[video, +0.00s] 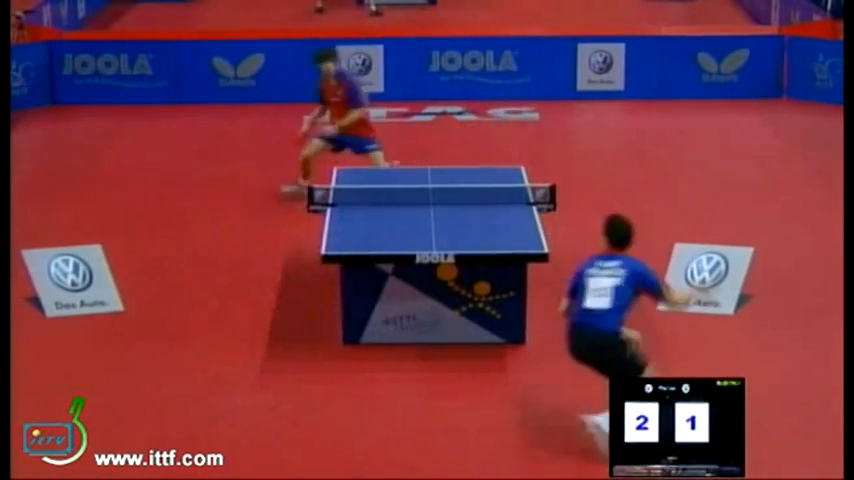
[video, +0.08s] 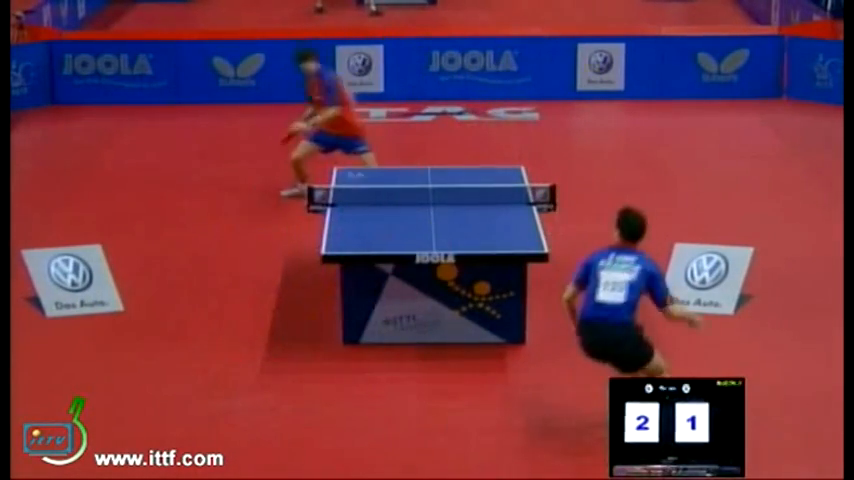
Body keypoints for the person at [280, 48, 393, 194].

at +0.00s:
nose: (327, 67)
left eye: (330, 63)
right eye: (323, 64)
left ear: (335, 64)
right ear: (319, 66)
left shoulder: (347, 82)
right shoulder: (323, 83)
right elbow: (324, 106)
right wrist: (310, 121)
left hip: (360, 133)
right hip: (337, 132)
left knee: (380, 168)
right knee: (305, 155)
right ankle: (305, 186)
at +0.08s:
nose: (307, 68)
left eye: (309, 63)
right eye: (304, 65)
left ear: (316, 62)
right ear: (301, 67)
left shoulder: (329, 79)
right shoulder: (310, 80)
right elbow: (314, 106)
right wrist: (300, 124)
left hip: (350, 132)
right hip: (327, 131)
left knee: (372, 169)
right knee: (296, 158)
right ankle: (303, 186)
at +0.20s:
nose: (274, 75)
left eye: (275, 70)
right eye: (272, 71)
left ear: (282, 67)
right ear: (272, 71)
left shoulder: (297, 80)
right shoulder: (290, 82)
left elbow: (301, 111)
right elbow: (298, 113)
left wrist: (281, 131)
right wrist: (282, 133)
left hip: (331, 132)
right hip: (311, 131)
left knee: (337, 175)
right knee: (286, 159)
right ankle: (301, 186)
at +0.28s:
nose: (257, 84)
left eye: (257, 80)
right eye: (255, 81)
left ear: (262, 75)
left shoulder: (280, 84)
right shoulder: (275, 87)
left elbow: (291, 108)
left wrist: (279, 131)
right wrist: (271, 135)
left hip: (320, 127)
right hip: (302, 128)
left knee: (311, 165)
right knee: (280, 159)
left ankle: (341, 178)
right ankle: (300, 185)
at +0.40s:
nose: (236, 91)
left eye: (235, 87)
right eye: (233, 89)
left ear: (240, 82)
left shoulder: (261, 86)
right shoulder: (254, 93)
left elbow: (289, 94)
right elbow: (272, 116)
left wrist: (302, 110)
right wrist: (251, 130)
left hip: (300, 126)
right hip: (286, 127)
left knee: (275, 157)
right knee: (269, 161)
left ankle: (300, 186)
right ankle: (292, 190)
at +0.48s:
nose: (227, 87)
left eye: (228, 82)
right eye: (224, 84)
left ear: (236, 77)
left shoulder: (259, 81)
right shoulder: (242, 93)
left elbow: (286, 94)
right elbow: (243, 119)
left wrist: (282, 106)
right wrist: (214, 120)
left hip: (285, 130)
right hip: (270, 132)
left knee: (258, 156)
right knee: (258, 169)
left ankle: (266, 202)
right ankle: (293, 179)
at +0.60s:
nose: (225, 71)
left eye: (227, 66)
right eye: (222, 69)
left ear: (233, 65)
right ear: (219, 72)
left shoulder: (249, 79)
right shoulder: (222, 84)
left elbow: (271, 97)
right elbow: (200, 84)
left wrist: (252, 93)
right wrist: (215, 66)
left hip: (257, 132)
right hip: (237, 135)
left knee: (248, 162)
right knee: (228, 172)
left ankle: (265, 200)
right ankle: (257, 175)